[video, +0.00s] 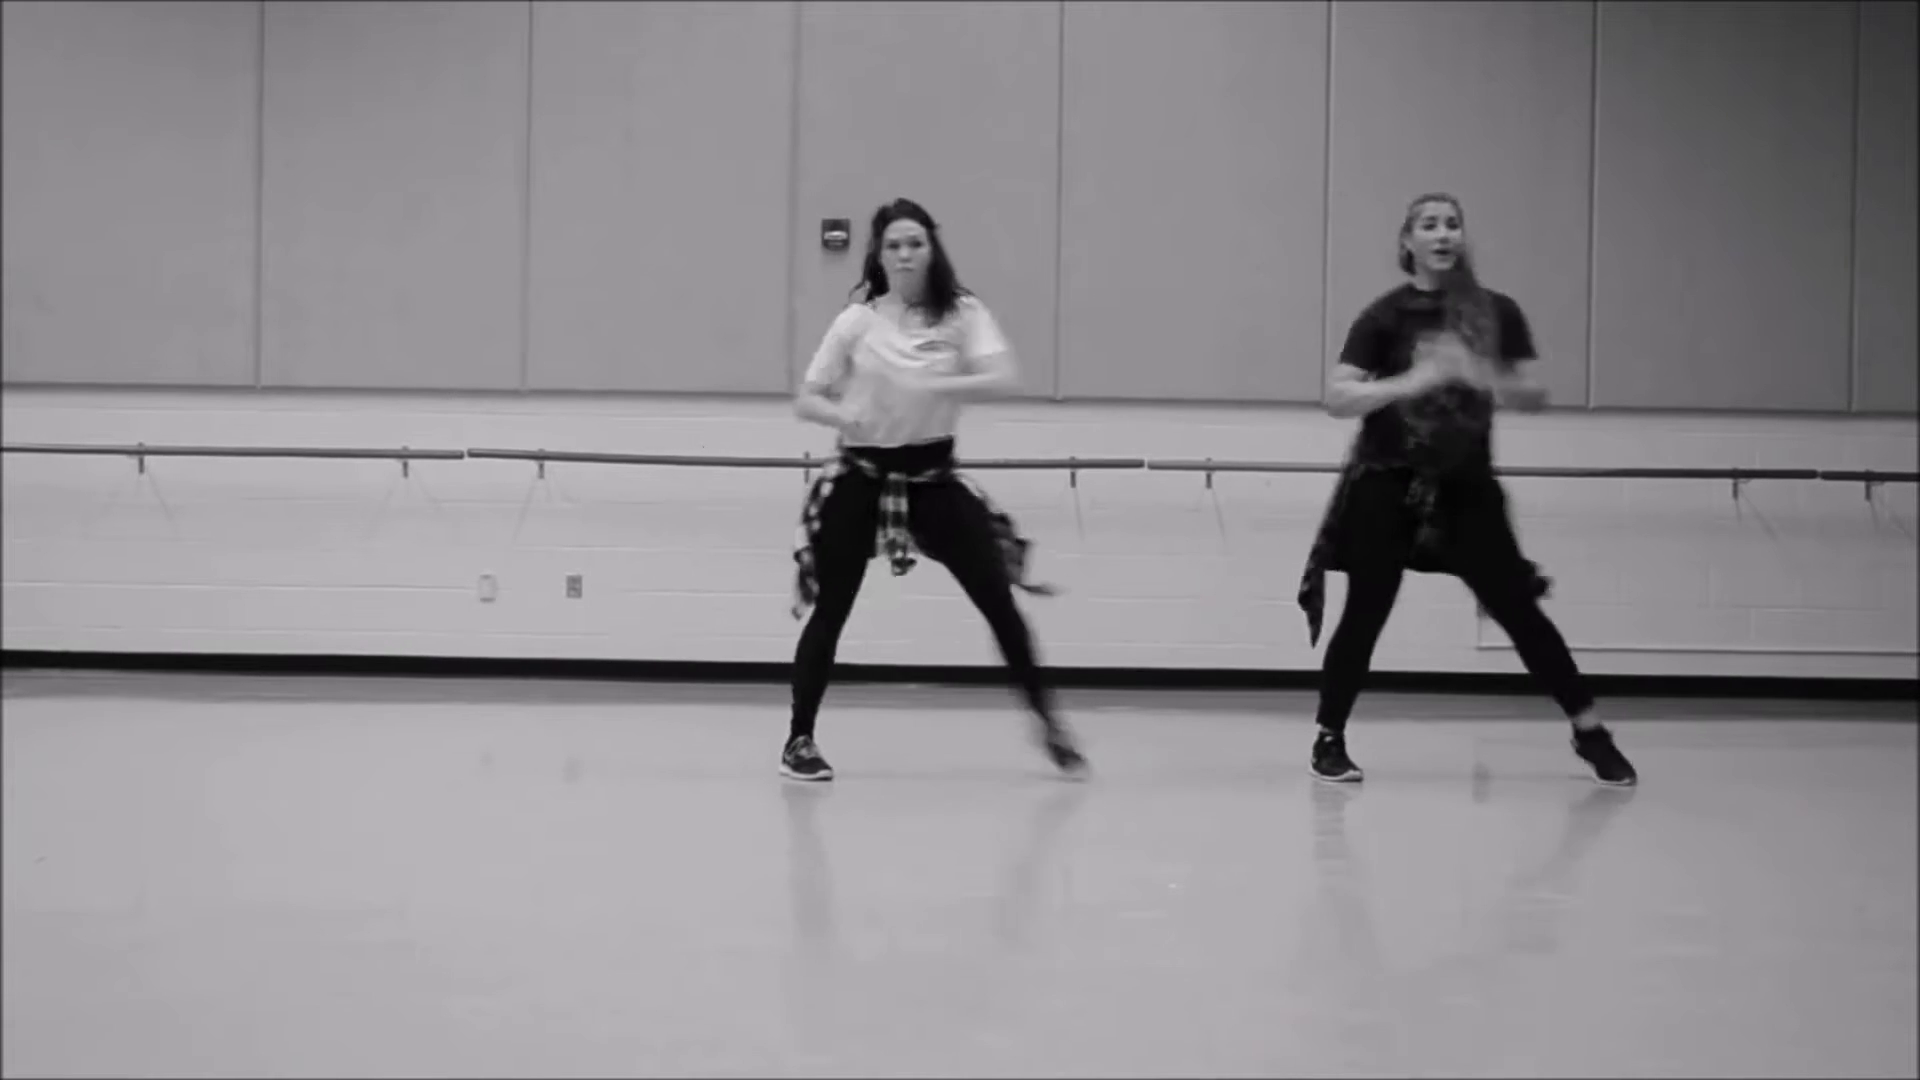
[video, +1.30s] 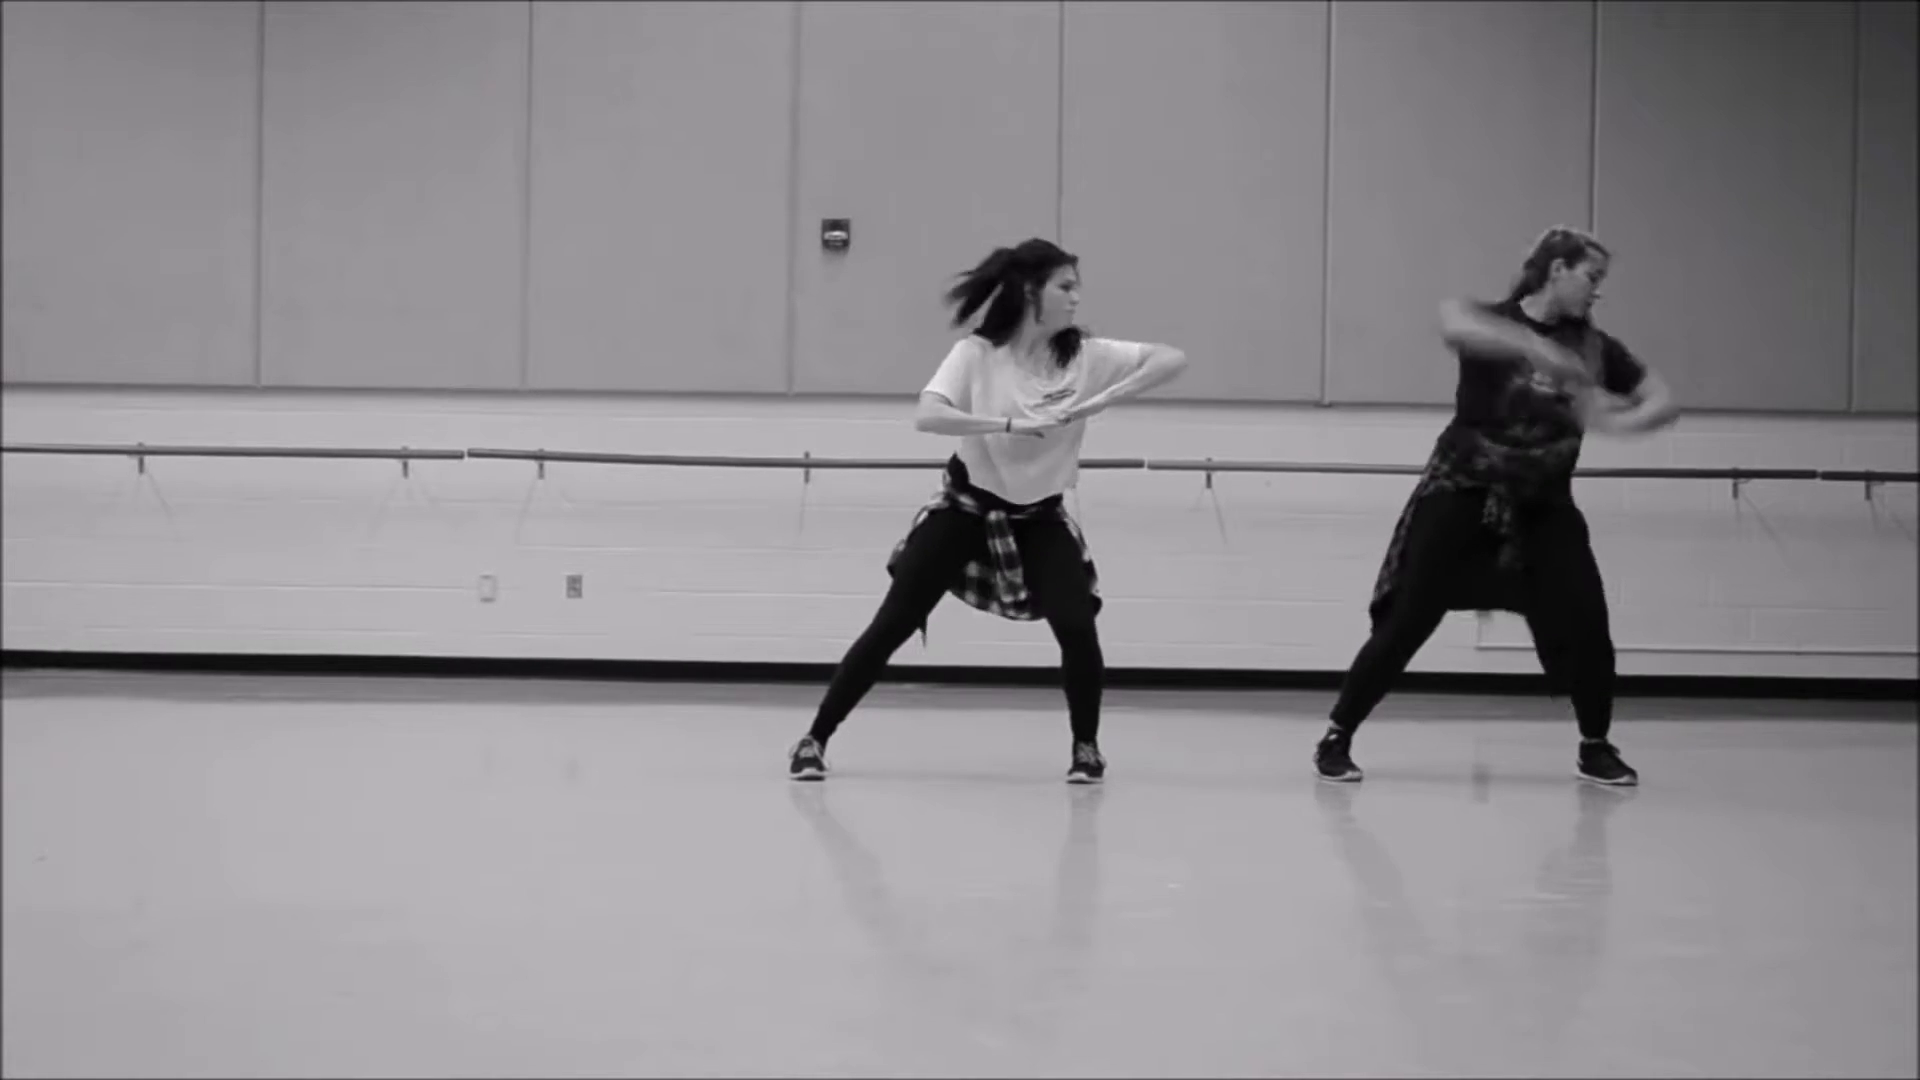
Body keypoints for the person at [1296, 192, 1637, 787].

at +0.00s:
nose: (1443, 235)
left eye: (1452, 225)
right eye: (1429, 226)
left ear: (1465, 238)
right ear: (1406, 241)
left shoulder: (1496, 313)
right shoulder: (1385, 315)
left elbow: (1534, 395)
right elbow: (1338, 397)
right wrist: (1417, 379)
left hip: (1465, 487)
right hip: (1386, 487)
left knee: (1518, 611)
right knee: (1365, 615)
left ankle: (1589, 729)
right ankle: (1329, 738)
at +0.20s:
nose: (1488, 246)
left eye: (1498, 237)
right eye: (1475, 238)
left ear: (1512, 250)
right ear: (1455, 253)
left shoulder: (1545, 314)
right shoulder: (1436, 327)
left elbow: (1617, 363)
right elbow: (1365, 383)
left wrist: (1546, 397)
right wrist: (1445, 398)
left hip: (1520, 498)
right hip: (1436, 497)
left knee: (1570, 623)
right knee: (1387, 619)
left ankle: (1595, 747)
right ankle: (1330, 737)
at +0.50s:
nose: (1525, 262)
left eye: (1536, 256)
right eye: (1513, 253)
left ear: (1546, 271)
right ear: (1489, 265)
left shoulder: (1575, 332)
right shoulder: (1472, 331)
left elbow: (1632, 390)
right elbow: (1426, 333)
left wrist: (1568, 382)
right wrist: (1505, 317)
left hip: (1543, 506)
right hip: (1458, 500)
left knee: (1592, 628)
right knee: (1400, 616)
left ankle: (1598, 747)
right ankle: (1328, 736)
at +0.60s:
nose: (1533, 268)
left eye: (1543, 263)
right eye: (1521, 258)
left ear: (1555, 278)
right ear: (1496, 269)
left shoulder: (1578, 340)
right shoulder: (1466, 336)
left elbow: (1617, 402)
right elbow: (1481, 380)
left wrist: (1573, 344)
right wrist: (1522, 319)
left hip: (1543, 510)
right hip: (1459, 505)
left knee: (1593, 625)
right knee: (1401, 615)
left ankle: (1598, 747)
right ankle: (1329, 736)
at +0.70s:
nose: (1538, 270)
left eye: (1550, 264)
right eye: (1527, 259)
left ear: (1559, 279)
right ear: (1502, 271)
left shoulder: (1578, 339)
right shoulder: (1473, 346)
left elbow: (1656, 343)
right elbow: (1511, 414)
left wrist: (1585, 315)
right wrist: (1548, 347)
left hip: (1542, 509)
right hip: (1459, 501)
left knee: (1590, 621)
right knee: (1399, 614)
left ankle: (1597, 747)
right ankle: (1328, 738)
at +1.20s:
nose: (1593, 287)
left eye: (1595, 278)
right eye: (1585, 275)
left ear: (1578, 280)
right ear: (1548, 273)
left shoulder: (1594, 341)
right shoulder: (1490, 330)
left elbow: (1681, 370)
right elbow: (1468, 364)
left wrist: (1629, 393)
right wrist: (1550, 380)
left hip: (1541, 509)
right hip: (1459, 500)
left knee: (1594, 619)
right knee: (1398, 617)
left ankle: (1596, 747)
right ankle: (1330, 737)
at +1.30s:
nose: (1599, 288)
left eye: (1602, 278)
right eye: (1593, 276)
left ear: (1577, 277)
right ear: (1557, 270)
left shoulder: (1596, 347)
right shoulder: (1495, 321)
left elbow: (1661, 398)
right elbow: (1454, 322)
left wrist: (1623, 417)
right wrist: (1540, 352)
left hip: (1544, 505)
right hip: (1463, 497)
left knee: (1586, 624)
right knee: (1408, 621)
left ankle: (1595, 746)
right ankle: (1336, 738)